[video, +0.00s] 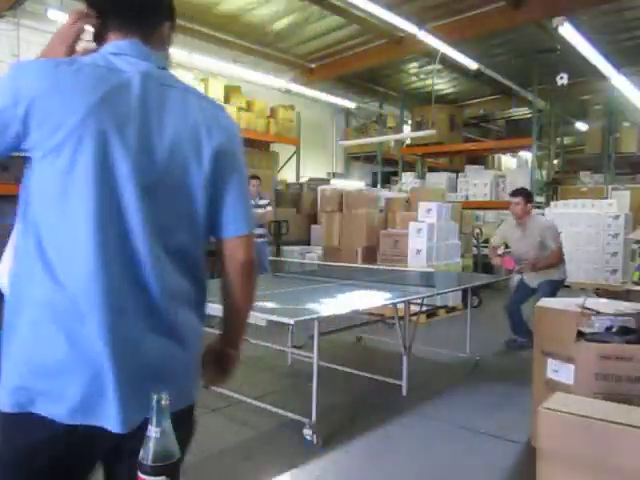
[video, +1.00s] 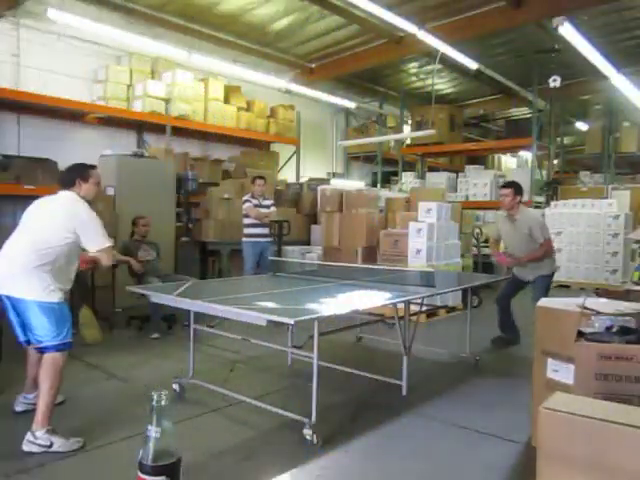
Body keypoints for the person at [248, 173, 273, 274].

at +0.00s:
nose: (255, 189)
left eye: (257, 186)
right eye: (253, 185)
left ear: (260, 186)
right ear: (248, 186)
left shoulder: (265, 201)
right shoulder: (244, 201)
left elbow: (270, 215)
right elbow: (245, 217)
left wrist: (254, 218)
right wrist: (262, 216)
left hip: (261, 237)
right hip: (247, 237)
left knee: (263, 265)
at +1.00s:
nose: (260, 188)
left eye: (262, 185)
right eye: (258, 185)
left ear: (265, 187)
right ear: (253, 186)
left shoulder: (269, 201)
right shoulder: (247, 199)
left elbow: (272, 217)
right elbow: (253, 213)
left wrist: (257, 215)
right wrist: (268, 214)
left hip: (266, 240)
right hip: (250, 240)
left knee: (266, 269)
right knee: (250, 270)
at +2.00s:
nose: (252, 188)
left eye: (255, 185)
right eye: (249, 185)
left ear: (258, 187)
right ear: (245, 187)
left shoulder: (265, 200)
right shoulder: (240, 200)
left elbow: (269, 216)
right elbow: (246, 214)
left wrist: (254, 219)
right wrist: (262, 214)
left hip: (262, 239)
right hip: (247, 239)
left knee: (265, 269)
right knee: (246, 270)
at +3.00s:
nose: (258, 187)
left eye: (260, 185)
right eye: (255, 185)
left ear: (262, 186)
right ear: (249, 187)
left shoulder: (268, 201)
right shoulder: (244, 199)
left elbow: (272, 215)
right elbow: (248, 211)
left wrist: (258, 216)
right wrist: (265, 212)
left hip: (265, 238)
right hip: (249, 238)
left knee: (266, 269)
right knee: (248, 270)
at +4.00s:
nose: (263, 187)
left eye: (265, 184)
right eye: (260, 184)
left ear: (268, 186)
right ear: (256, 186)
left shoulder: (275, 199)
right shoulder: (252, 198)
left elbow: (278, 215)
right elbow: (253, 211)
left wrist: (263, 217)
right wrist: (271, 212)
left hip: (270, 237)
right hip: (255, 237)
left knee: (269, 266)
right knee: (250, 267)